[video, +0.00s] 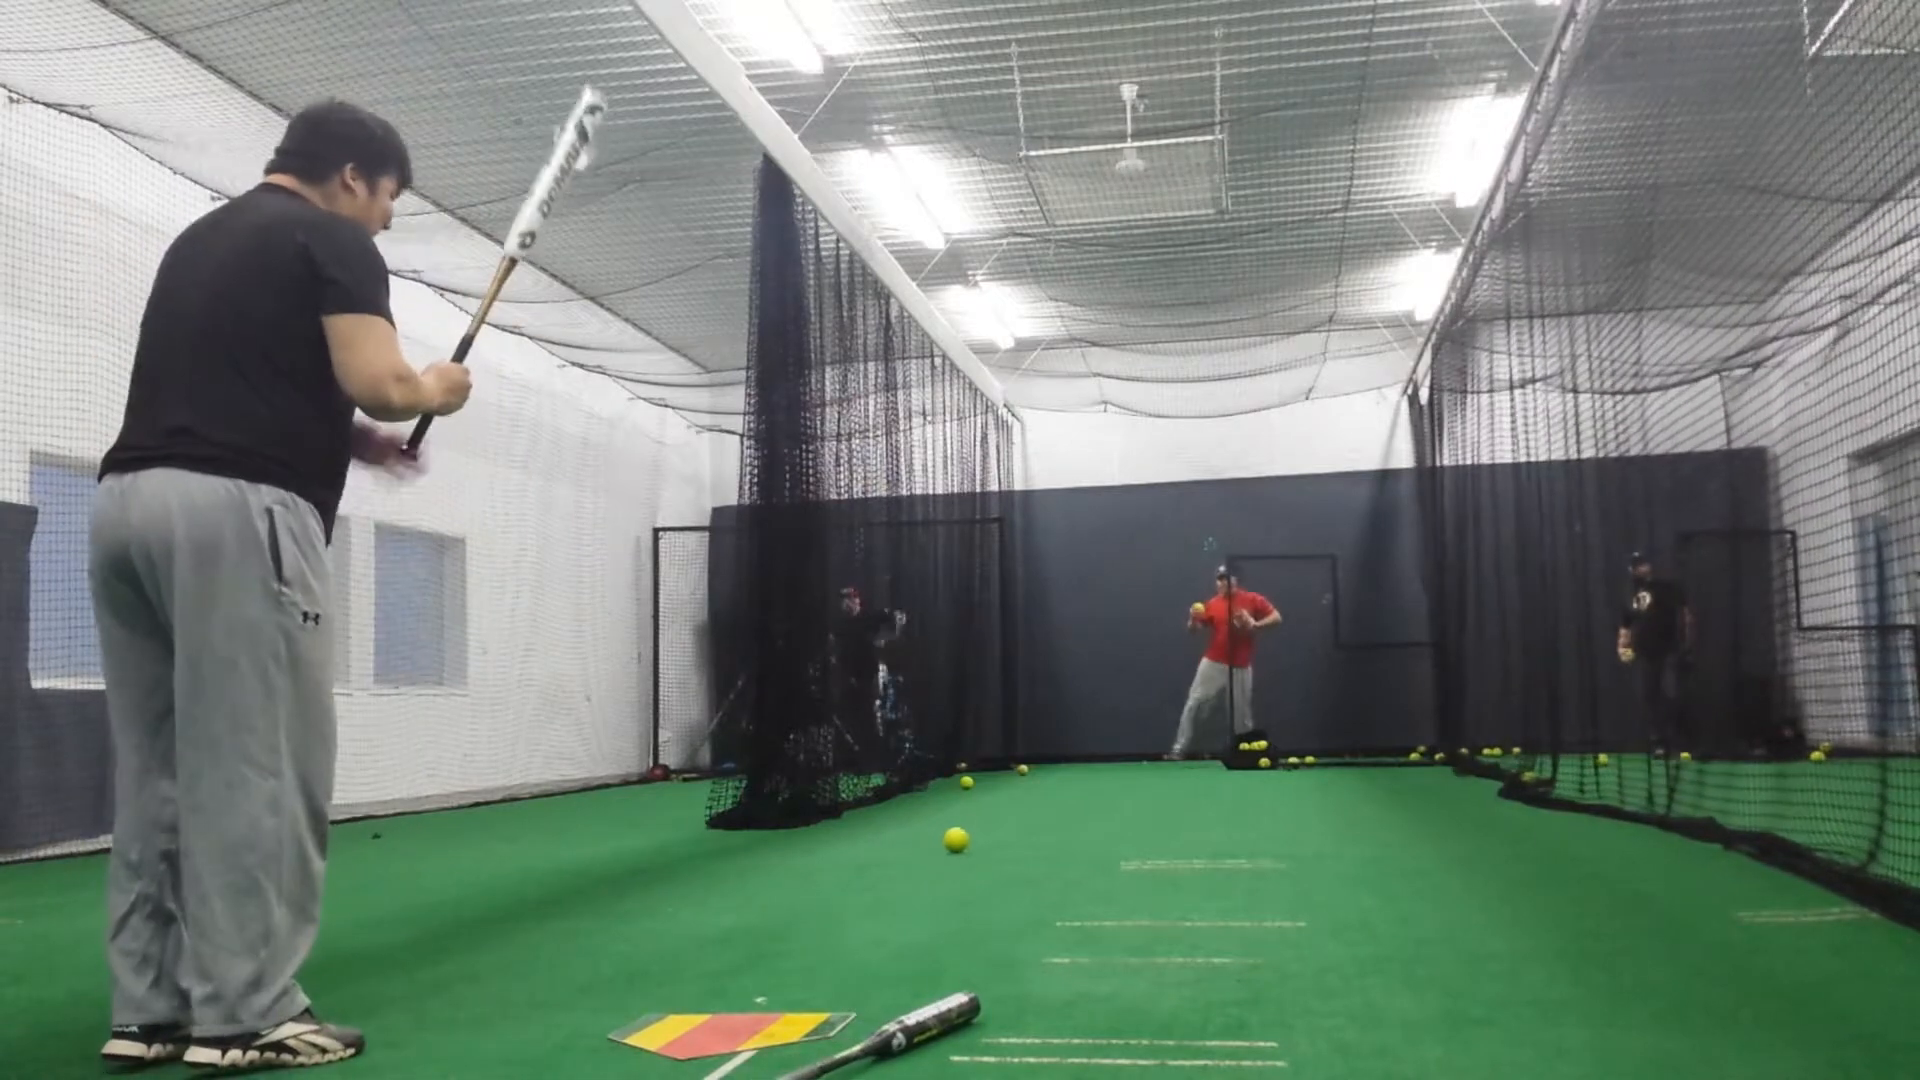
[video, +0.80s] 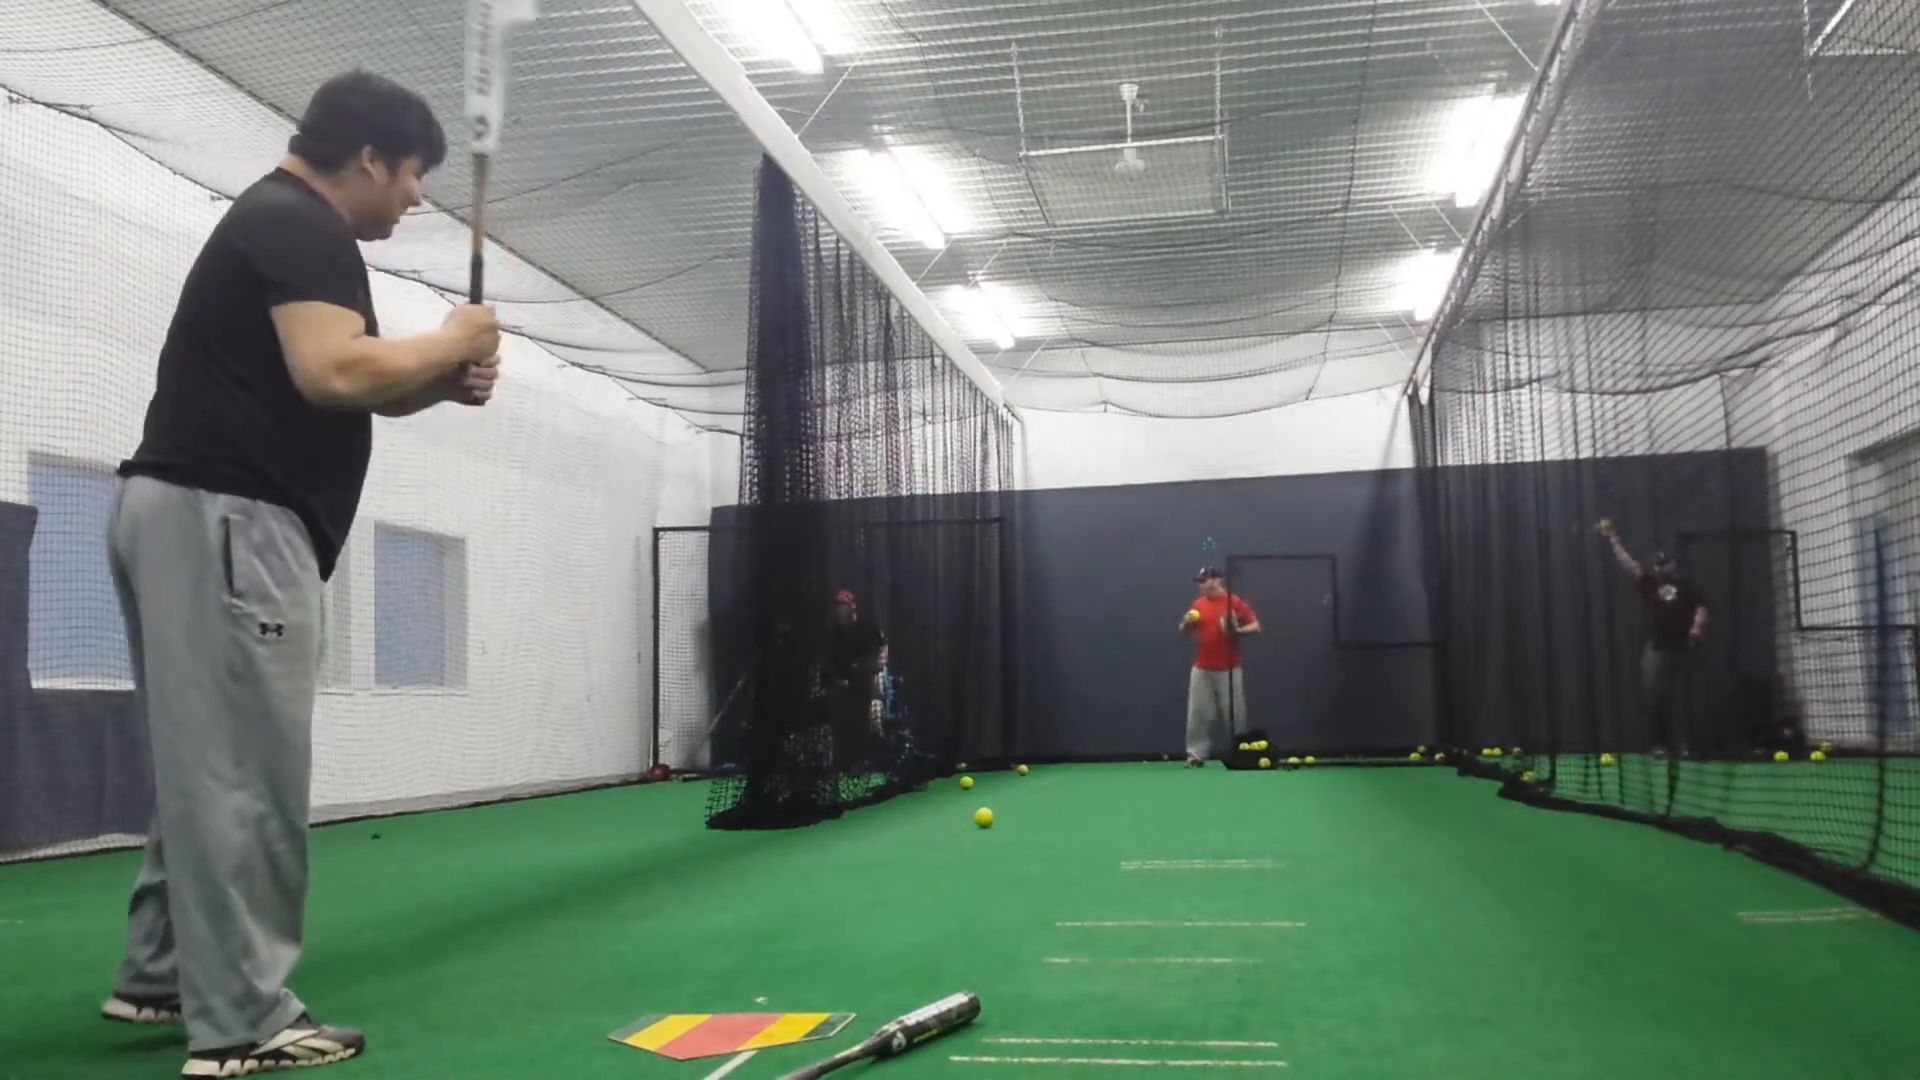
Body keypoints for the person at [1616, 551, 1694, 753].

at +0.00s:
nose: (1640, 571)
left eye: (1644, 566)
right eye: (1636, 567)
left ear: (1652, 567)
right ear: (1631, 570)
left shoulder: (1669, 589)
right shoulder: (1631, 594)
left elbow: (1686, 616)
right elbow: (1626, 625)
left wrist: (1687, 643)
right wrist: (1623, 646)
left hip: (1670, 648)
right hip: (1646, 651)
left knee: (1672, 694)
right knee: (1648, 695)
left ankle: (1680, 743)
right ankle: (1657, 743)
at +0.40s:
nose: (1643, 571)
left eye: (1647, 566)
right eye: (1639, 567)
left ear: (1654, 567)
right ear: (1635, 570)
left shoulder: (1666, 588)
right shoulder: (1638, 590)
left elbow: (1676, 617)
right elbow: (1637, 616)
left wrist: (1669, 644)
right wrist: (1611, 618)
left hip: (1665, 650)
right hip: (1644, 650)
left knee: (1671, 696)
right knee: (1648, 696)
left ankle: (1677, 743)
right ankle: (1654, 742)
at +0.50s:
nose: (1646, 570)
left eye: (1650, 565)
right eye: (1643, 565)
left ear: (1658, 566)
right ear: (1638, 568)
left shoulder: (1670, 589)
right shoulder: (1639, 591)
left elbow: (1684, 614)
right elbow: (1631, 612)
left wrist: (1674, 640)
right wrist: (1620, 594)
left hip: (1668, 652)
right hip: (1646, 652)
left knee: (1674, 698)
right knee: (1651, 698)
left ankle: (1678, 742)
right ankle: (1656, 742)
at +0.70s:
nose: (1656, 570)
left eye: (1661, 565)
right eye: (1652, 565)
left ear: (1670, 565)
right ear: (1648, 567)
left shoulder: (1681, 585)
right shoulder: (1644, 588)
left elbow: (1694, 607)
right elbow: (1618, 585)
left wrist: (1689, 628)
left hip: (1676, 646)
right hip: (1650, 648)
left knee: (1678, 697)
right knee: (1652, 697)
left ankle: (1681, 743)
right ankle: (1657, 743)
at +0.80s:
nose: (1662, 570)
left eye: (1665, 565)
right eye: (1658, 566)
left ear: (1674, 566)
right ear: (1653, 567)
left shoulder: (1686, 586)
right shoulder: (1649, 582)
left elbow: (1701, 608)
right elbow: (1627, 562)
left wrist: (1696, 628)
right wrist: (1613, 538)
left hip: (1681, 644)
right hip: (1656, 645)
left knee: (1681, 695)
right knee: (1655, 694)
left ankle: (1681, 742)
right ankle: (1657, 743)